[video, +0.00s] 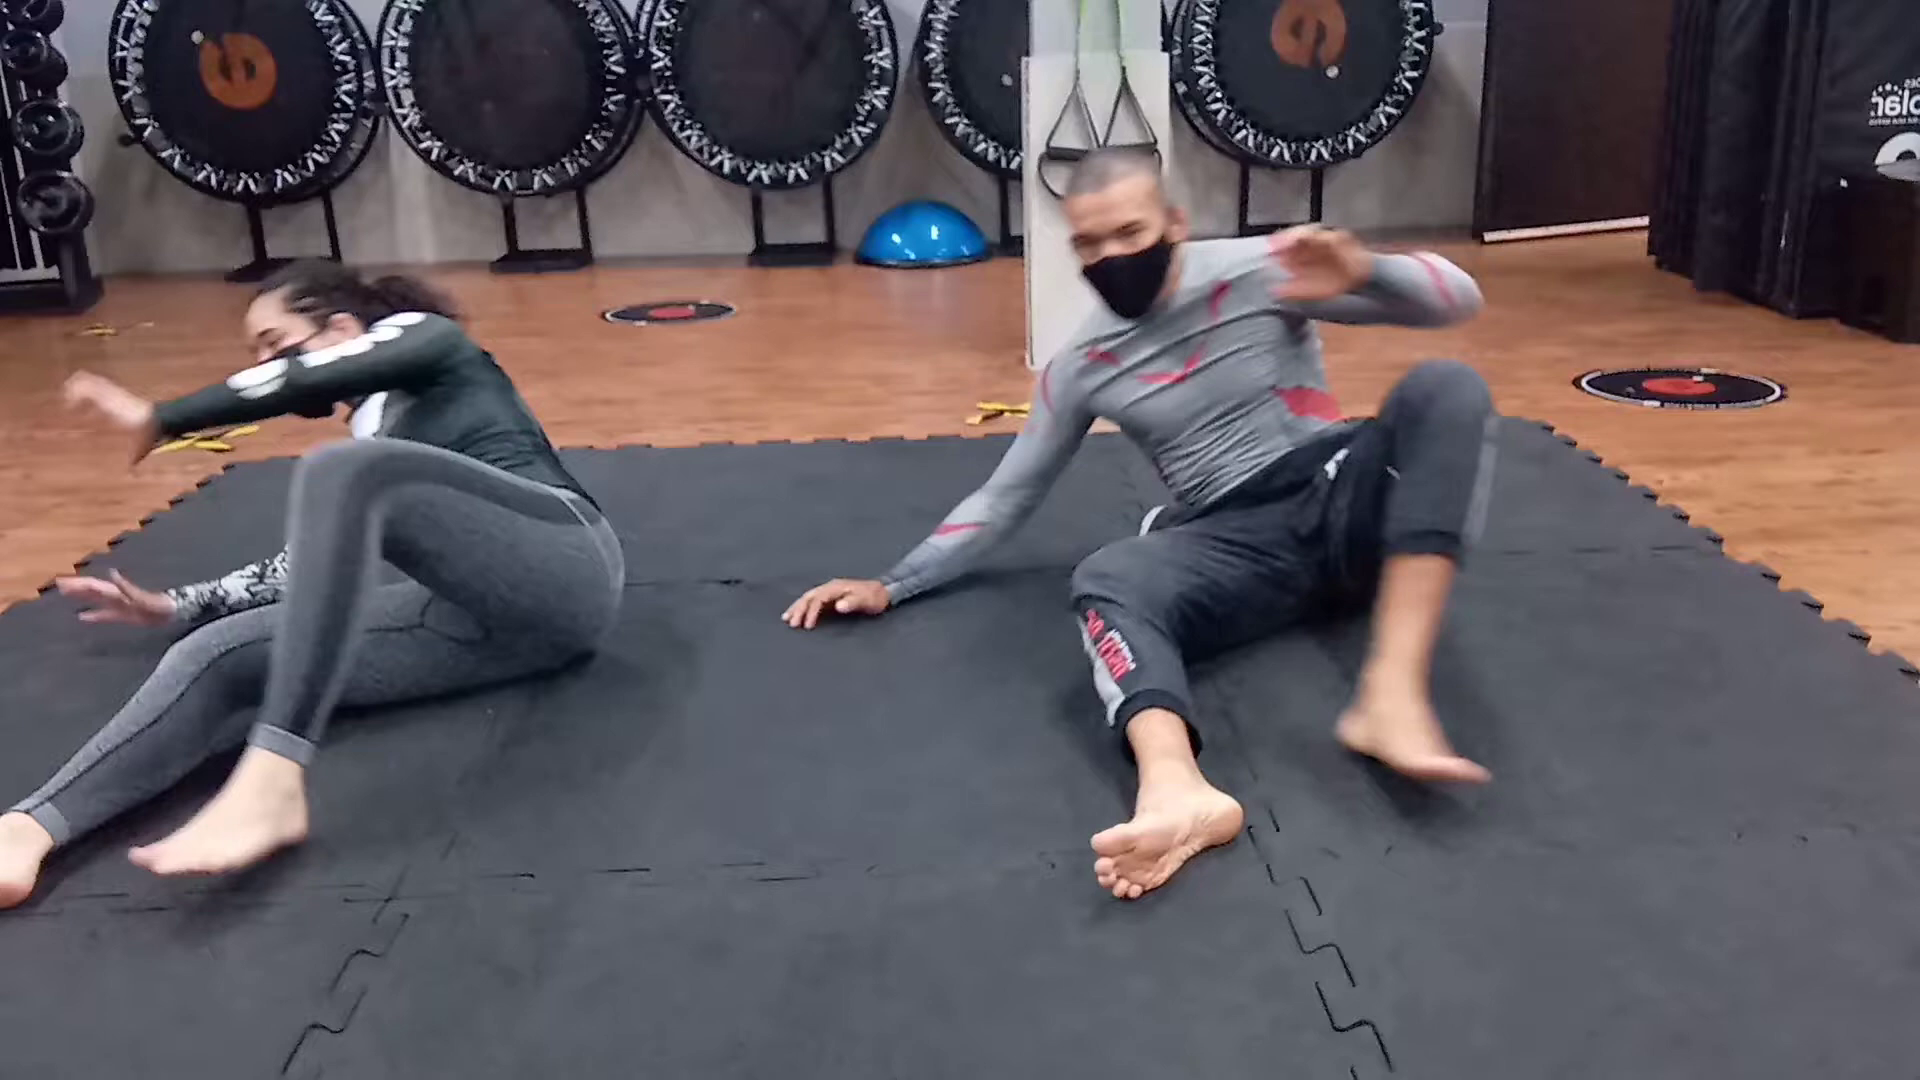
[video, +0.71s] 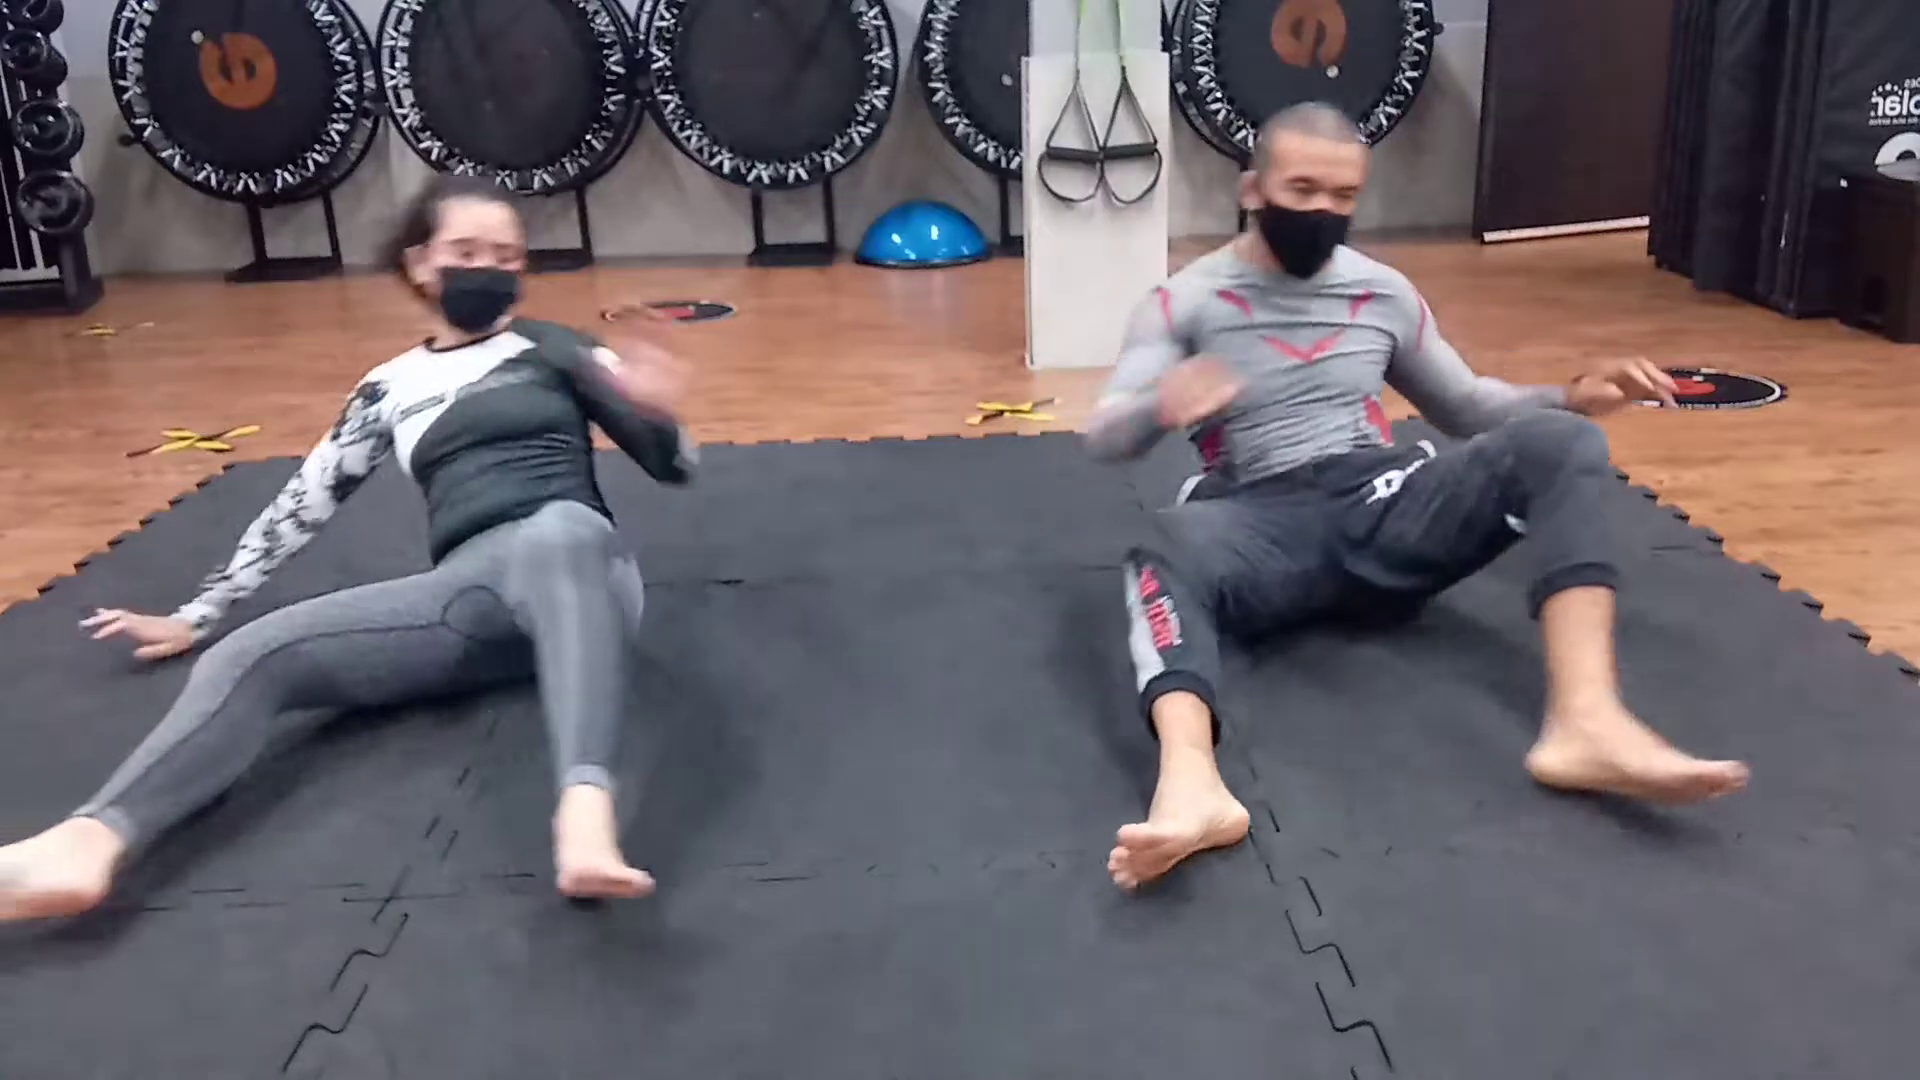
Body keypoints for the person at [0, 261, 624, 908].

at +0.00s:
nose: (278, 366)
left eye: (289, 343)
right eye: (268, 355)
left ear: (351, 321)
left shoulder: (436, 339)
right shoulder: (367, 441)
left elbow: (311, 381)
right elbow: (314, 563)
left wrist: (160, 418)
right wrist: (179, 606)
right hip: (483, 631)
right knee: (221, 654)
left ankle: (273, 782)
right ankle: (29, 832)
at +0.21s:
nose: (299, 357)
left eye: (313, 334)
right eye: (287, 347)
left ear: (376, 315)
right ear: (284, 352)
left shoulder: (456, 343)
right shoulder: (355, 465)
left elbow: (356, 375)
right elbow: (297, 574)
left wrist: (216, 386)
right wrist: (173, 619)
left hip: (575, 573)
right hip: (478, 635)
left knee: (387, 496)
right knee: (225, 652)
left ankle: (301, 803)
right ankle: (30, 832)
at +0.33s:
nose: (327, 334)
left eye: (344, 313)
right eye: (317, 324)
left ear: (407, 313)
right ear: (317, 339)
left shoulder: (479, 342)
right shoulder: (360, 456)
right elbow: (298, 576)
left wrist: (292, 357)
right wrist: (175, 622)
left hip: (574, 573)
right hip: (459, 627)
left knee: (428, 525)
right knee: (226, 648)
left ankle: (360, 815)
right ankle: (29, 832)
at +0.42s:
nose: (349, 316)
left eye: (367, 294)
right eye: (335, 304)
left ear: (429, 302)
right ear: (320, 319)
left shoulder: (496, 343)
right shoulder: (360, 442)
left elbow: (505, 375)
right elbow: (303, 572)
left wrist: (354, 341)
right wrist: (174, 625)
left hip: (573, 573)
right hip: (458, 605)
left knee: (463, 530)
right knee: (230, 648)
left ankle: (420, 815)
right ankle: (30, 833)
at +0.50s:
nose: (387, 309)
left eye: (405, 286)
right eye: (363, 297)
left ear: (445, 289)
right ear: (342, 310)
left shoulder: (505, 347)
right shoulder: (364, 422)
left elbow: (567, 391)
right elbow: (295, 547)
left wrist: (437, 342)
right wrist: (178, 626)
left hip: (570, 573)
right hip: (444, 595)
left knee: (499, 529)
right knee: (232, 654)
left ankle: (483, 807)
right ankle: (33, 836)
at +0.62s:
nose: (441, 272)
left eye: (459, 257)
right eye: (421, 258)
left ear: (491, 271)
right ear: (387, 280)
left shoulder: (537, 351)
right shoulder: (378, 398)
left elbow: (644, 439)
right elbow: (288, 519)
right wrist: (178, 626)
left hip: (574, 567)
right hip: (451, 589)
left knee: (535, 526)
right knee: (243, 654)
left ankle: (554, 796)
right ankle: (66, 837)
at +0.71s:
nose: (485, 266)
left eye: (504, 252)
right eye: (463, 248)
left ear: (524, 267)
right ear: (418, 268)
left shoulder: (561, 350)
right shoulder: (391, 387)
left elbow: (670, 468)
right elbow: (300, 506)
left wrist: (662, 424)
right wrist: (195, 618)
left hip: (571, 567)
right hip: (457, 586)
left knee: (564, 526)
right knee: (257, 650)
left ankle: (588, 806)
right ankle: (94, 838)